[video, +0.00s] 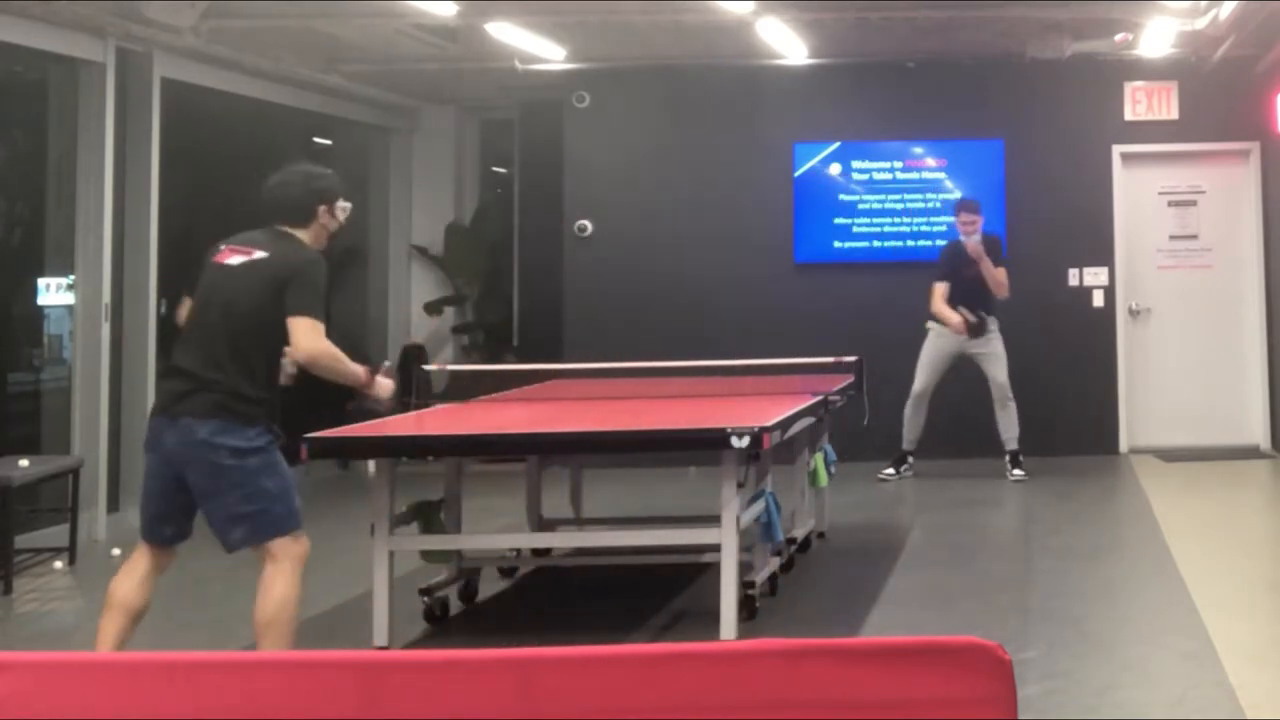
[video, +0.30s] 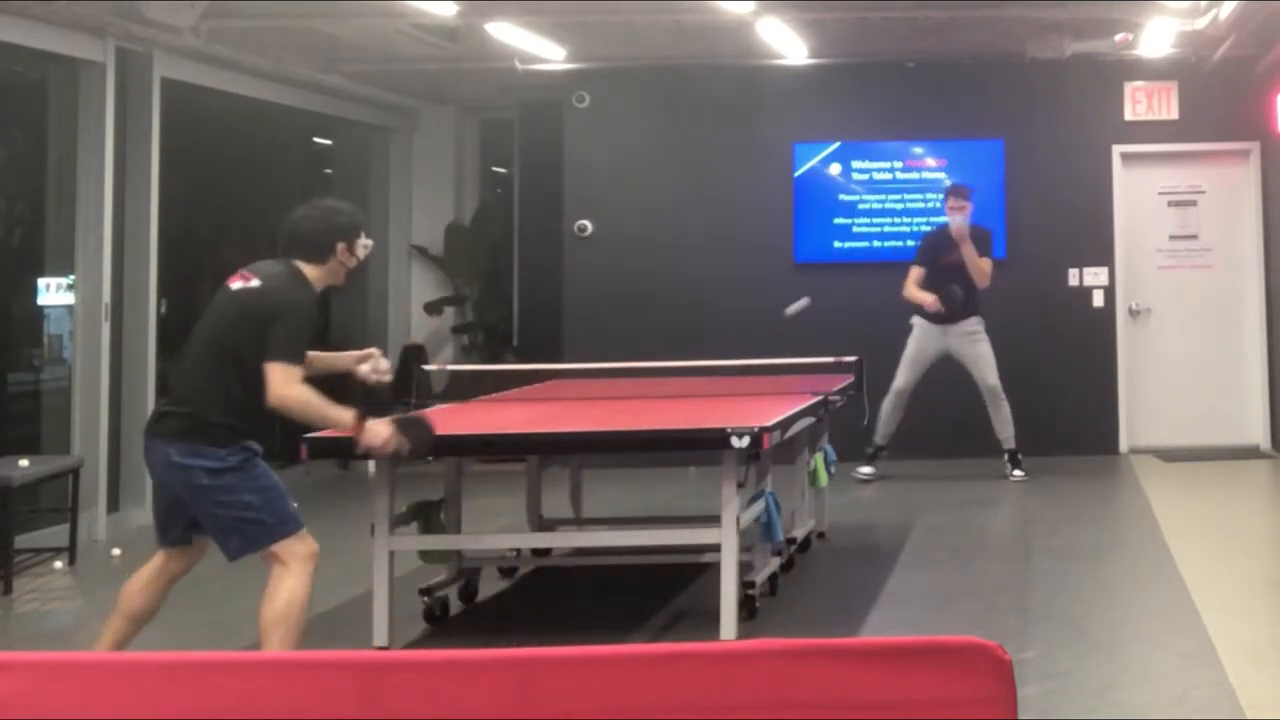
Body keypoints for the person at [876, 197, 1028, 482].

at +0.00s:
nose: (967, 228)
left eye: (972, 223)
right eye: (962, 223)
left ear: (981, 221)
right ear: (956, 223)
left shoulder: (993, 246)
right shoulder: (950, 252)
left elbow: (1003, 291)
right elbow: (937, 302)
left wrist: (982, 258)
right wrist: (954, 319)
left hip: (985, 329)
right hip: (947, 328)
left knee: (1002, 388)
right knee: (919, 390)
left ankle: (1013, 455)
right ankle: (905, 456)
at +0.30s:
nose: (956, 215)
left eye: (961, 209)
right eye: (951, 209)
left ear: (970, 209)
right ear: (944, 209)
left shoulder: (981, 237)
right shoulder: (932, 240)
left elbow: (983, 279)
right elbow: (909, 288)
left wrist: (964, 241)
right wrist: (928, 299)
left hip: (968, 328)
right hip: (928, 329)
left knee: (992, 386)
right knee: (900, 387)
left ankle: (1012, 455)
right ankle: (874, 454)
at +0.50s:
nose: (901, 220)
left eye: (906, 214)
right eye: (897, 215)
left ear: (915, 214)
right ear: (892, 216)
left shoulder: (933, 245)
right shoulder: (888, 253)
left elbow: (947, 290)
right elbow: (867, 292)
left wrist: (919, 257)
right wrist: (870, 316)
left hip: (940, 341)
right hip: (900, 342)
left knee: (971, 397)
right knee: (865, 394)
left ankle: (1007, 456)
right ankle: (843, 460)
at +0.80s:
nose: (805, 209)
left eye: (810, 204)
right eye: (802, 204)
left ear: (823, 204)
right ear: (798, 207)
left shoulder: (846, 237)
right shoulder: (795, 246)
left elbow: (879, 275)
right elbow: (790, 287)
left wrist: (861, 305)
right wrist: (786, 325)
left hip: (849, 327)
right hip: (812, 330)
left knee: (866, 389)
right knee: (804, 391)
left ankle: (886, 454)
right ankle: (820, 458)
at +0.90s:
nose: (781, 212)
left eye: (787, 205)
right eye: (777, 207)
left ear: (800, 205)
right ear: (773, 211)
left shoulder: (824, 237)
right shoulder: (774, 246)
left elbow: (856, 277)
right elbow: (771, 288)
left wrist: (847, 315)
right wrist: (761, 325)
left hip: (824, 326)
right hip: (788, 326)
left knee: (831, 390)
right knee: (765, 381)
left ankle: (835, 457)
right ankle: (776, 448)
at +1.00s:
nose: (752, 223)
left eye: (758, 217)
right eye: (748, 218)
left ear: (774, 215)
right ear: (745, 222)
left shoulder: (798, 249)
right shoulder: (752, 258)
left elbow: (833, 283)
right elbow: (746, 303)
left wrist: (832, 330)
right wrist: (713, 343)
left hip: (803, 335)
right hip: (765, 335)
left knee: (818, 397)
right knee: (730, 386)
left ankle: (829, 462)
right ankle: (728, 458)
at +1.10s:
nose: (712, 239)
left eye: (718, 231)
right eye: (708, 234)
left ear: (736, 229)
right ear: (706, 239)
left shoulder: (765, 259)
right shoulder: (718, 271)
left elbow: (804, 286)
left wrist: (819, 328)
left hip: (782, 345)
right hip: (744, 347)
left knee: (803, 403)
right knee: (699, 392)